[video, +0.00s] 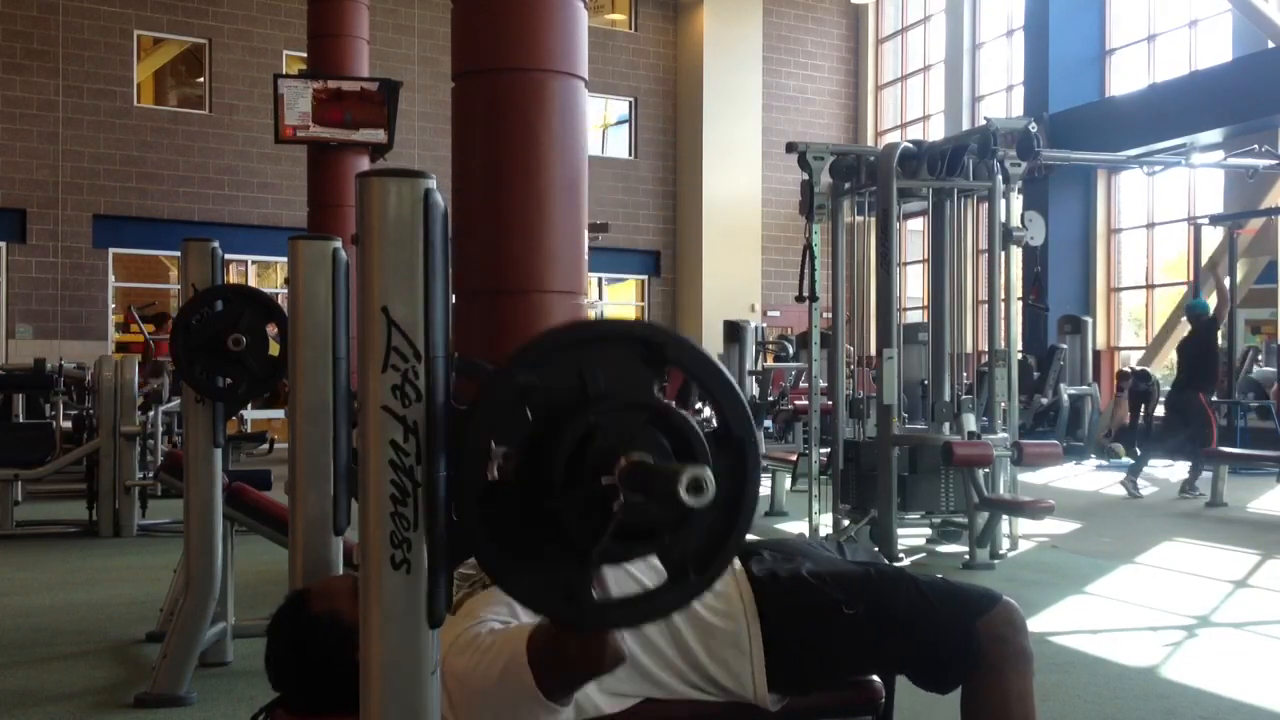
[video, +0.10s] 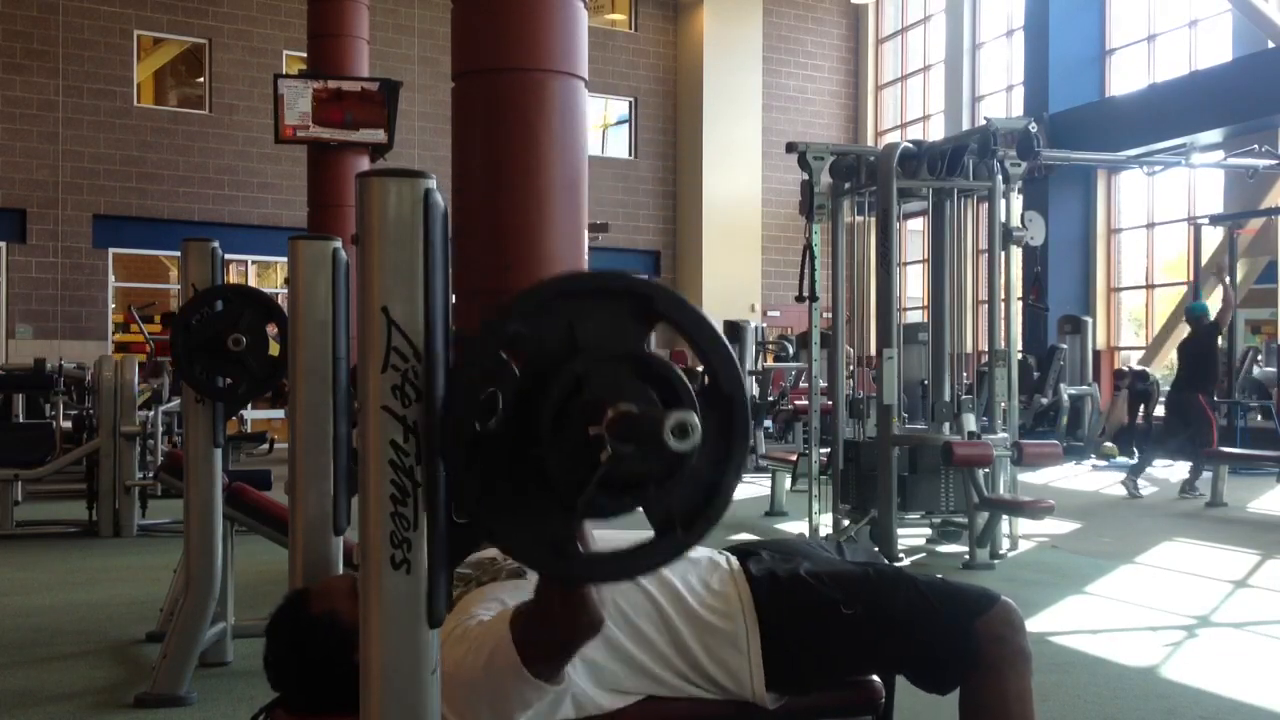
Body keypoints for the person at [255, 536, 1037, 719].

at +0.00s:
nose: (371, 580)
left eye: (358, 580)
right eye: (355, 595)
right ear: (356, 648)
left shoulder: (449, 627)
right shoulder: (447, 671)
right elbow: (581, 649)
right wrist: (609, 516)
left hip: (721, 594)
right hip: (740, 615)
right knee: (991, 625)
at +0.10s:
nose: (373, 582)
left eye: (360, 582)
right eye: (357, 597)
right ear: (358, 652)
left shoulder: (453, 625)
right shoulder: (446, 679)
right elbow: (563, 617)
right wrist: (539, 498)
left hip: (720, 586)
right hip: (744, 614)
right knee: (988, 625)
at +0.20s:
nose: (366, 576)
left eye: (353, 578)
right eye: (352, 593)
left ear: (372, 595)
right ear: (354, 647)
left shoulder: (452, 611)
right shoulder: (451, 685)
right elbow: (543, 590)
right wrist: (537, 456)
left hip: (729, 571)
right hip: (746, 618)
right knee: (988, 627)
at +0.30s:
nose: (367, 574)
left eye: (352, 575)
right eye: (352, 589)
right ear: (357, 646)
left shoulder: (465, 639)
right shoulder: (464, 689)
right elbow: (529, 544)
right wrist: (520, 375)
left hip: (736, 576)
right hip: (752, 617)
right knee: (989, 628)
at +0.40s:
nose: (366, 572)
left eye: (350, 572)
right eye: (351, 591)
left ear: (353, 651)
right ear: (362, 644)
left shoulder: (465, 642)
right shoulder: (471, 681)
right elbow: (516, 518)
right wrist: (504, 344)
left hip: (727, 578)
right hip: (750, 612)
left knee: (869, 683)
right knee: (990, 629)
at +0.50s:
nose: (370, 571)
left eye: (354, 572)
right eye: (357, 588)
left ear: (351, 655)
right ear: (363, 649)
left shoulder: (449, 630)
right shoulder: (469, 677)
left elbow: (488, 479)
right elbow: (491, 487)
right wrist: (506, 311)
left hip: (727, 571)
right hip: (751, 615)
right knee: (989, 627)